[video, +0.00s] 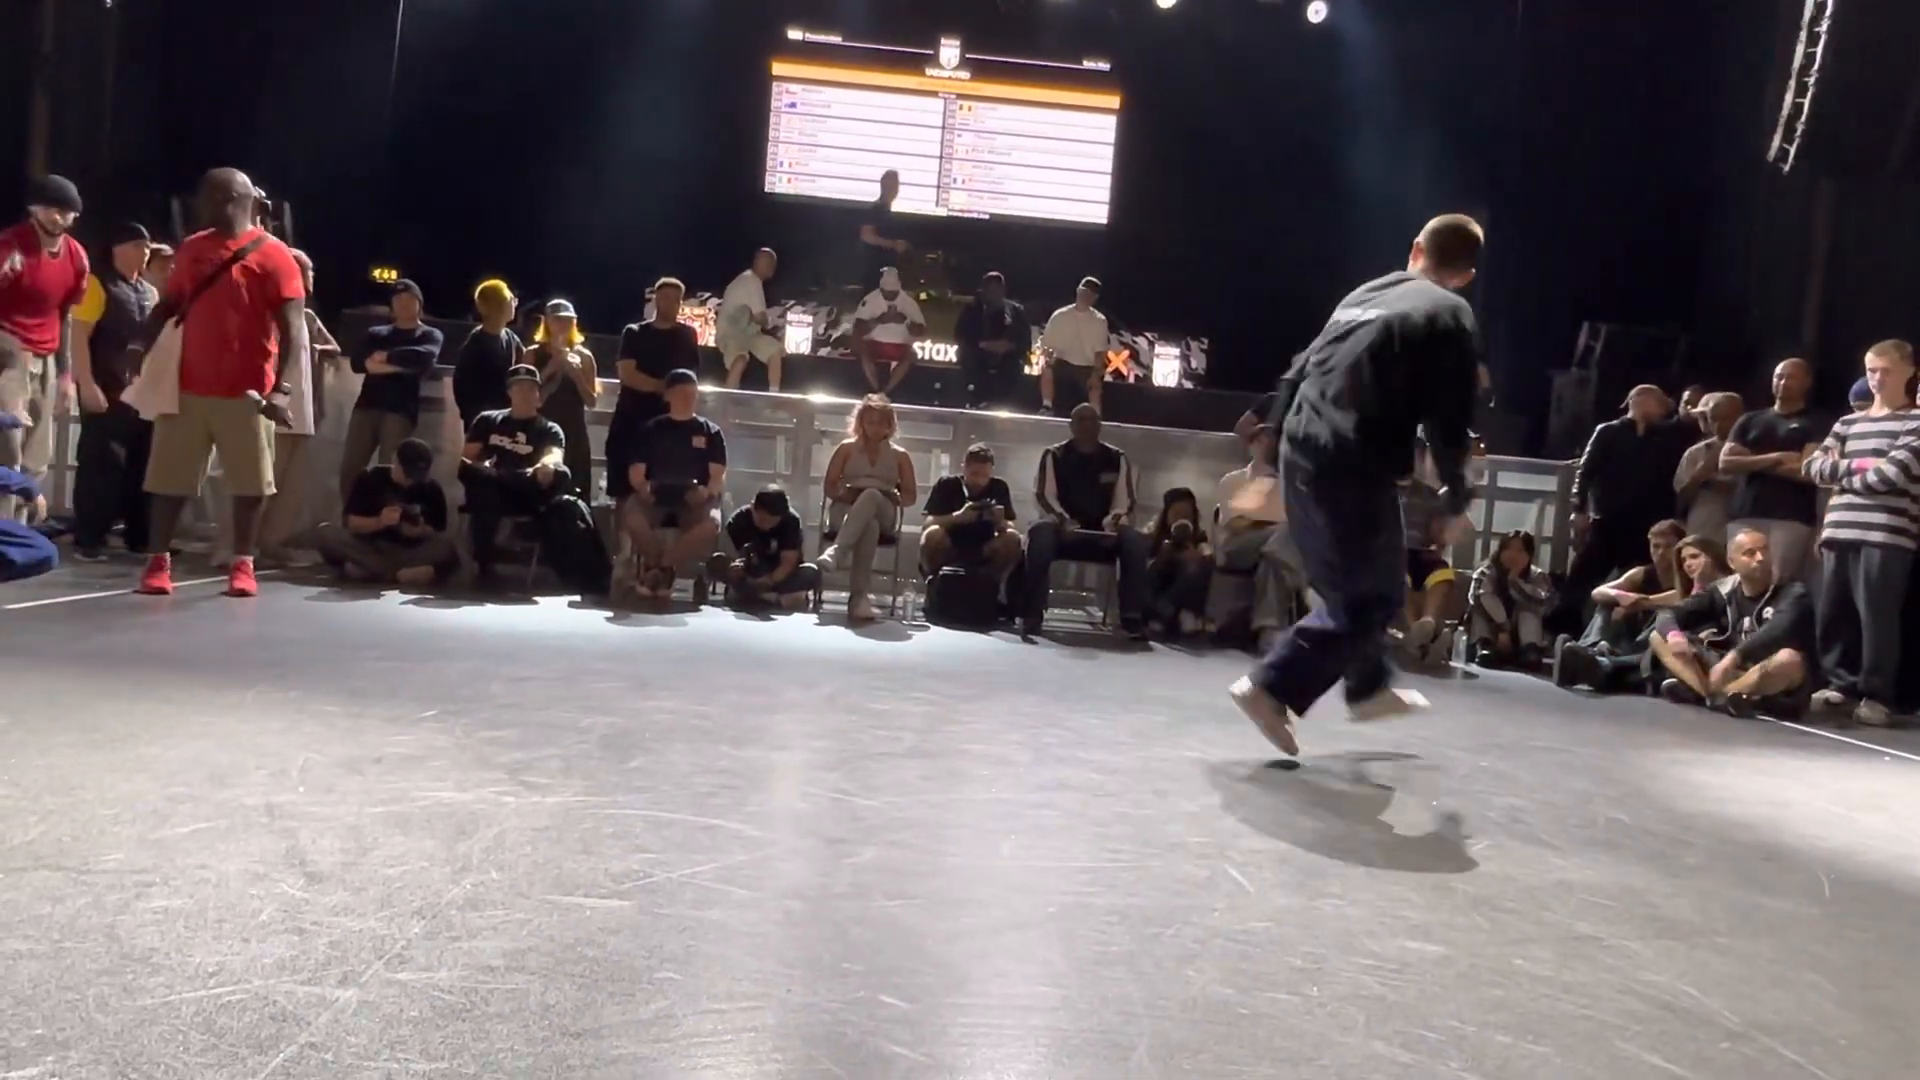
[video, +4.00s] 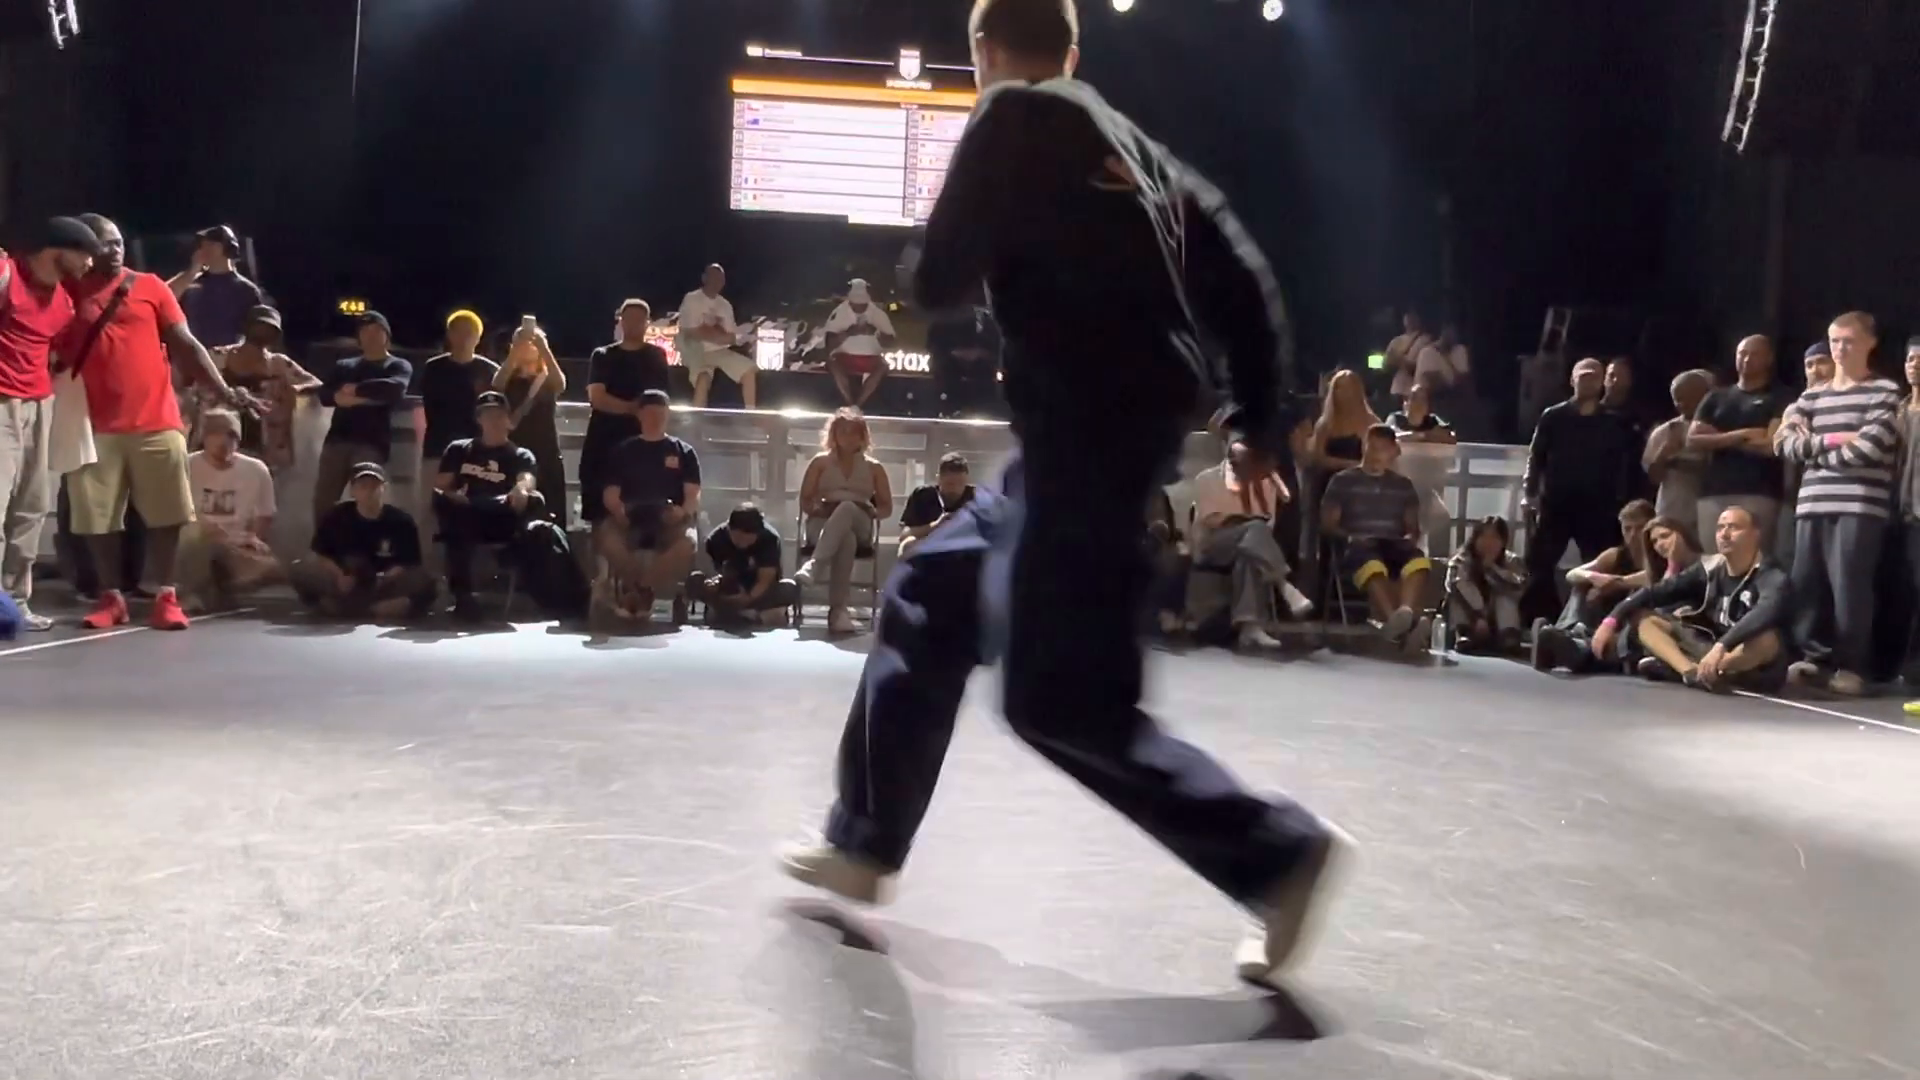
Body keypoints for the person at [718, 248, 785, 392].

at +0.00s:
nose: (772, 270)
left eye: (773, 266)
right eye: (770, 265)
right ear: (760, 263)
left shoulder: (753, 281)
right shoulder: (751, 281)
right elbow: (759, 316)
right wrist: (769, 321)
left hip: (750, 332)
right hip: (730, 332)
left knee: (775, 352)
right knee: (740, 358)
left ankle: (774, 396)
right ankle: (727, 398)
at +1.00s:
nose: (770, 270)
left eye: (771, 266)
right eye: (769, 265)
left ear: (757, 264)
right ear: (760, 264)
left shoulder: (752, 282)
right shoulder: (748, 282)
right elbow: (758, 318)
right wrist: (767, 322)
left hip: (749, 333)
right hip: (729, 333)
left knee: (774, 353)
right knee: (738, 360)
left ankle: (772, 396)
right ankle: (725, 399)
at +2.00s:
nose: (773, 271)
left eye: (773, 267)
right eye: (771, 266)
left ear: (758, 265)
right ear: (762, 265)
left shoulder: (755, 285)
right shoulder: (748, 283)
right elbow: (759, 319)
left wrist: (763, 320)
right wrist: (766, 323)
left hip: (751, 335)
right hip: (730, 334)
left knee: (774, 354)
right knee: (739, 360)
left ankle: (773, 398)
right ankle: (727, 400)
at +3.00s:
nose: (758, 280)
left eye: (758, 276)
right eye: (756, 275)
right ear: (746, 275)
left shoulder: (743, 297)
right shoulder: (730, 292)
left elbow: (747, 325)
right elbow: (740, 327)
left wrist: (764, 322)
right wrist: (756, 332)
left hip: (738, 345)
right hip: (717, 345)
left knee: (763, 364)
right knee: (725, 370)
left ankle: (762, 407)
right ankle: (715, 410)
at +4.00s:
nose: (717, 282)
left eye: (720, 278)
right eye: (713, 277)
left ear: (723, 282)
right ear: (704, 278)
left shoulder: (725, 305)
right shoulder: (691, 299)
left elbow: (732, 336)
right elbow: (689, 332)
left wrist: (712, 330)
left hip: (720, 350)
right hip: (697, 350)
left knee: (748, 371)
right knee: (703, 379)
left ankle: (751, 416)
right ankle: (696, 420)